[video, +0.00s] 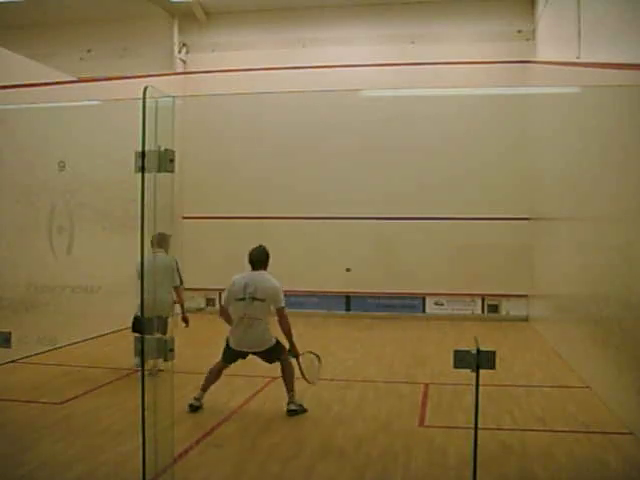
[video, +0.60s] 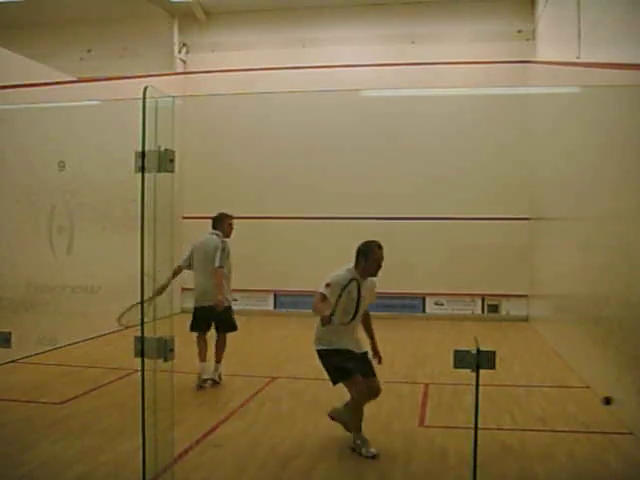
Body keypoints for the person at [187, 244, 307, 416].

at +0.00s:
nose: (268, 263)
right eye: (267, 260)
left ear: (250, 262)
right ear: (267, 262)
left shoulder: (236, 281)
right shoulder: (272, 285)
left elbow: (223, 311)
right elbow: (282, 317)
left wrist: (236, 326)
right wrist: (292, 344)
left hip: (236, 340)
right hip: (261, 341)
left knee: (221, 364)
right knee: (285, 358)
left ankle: (198, 398)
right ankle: (292, 401)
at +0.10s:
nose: (288, 255)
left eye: (286, 252)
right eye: (287, 252)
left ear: (269, 252)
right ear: (285, 253)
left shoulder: (255, 271)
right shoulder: (285, 275)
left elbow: (242, 299)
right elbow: (288, 308)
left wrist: (255, 315)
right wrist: (294, 337)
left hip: (253, 332)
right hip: (278, 333)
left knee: (243, 362)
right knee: (295, 360)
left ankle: (222, 399)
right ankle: (293, 402)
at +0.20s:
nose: (307, 251)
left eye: (307, 247)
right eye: (307, 247)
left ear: (288, 245)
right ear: (302, 247)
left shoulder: (273, 262)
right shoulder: (291, 266)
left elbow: (268, 295)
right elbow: (287, 301)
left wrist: (289, 319)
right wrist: (293, 328)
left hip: (263, 327)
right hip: (279, 329)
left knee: (279, 360)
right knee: (302, 361)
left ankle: (260, 400)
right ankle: (301, 402)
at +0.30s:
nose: (326, 256)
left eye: (326, 251)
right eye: (323, 251)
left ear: (310, 253)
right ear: (312, 253)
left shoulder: (302, 270)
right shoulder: (299, 271)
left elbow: (296, 307)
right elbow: (288, 303)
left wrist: (310, 326)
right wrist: (294, 327)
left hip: (282, 332)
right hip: (291, 331)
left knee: (298, 371)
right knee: (326, 365)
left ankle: (270, 411)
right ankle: (321, 414)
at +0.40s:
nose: (344, 259)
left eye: (343, 255)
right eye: (341, 255)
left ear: (329, 257)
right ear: (329, 256)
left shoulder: (321, 275)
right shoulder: (309, 275)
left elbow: (316, 308)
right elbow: (291, 303)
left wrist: (326, 331)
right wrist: (295, 322)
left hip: (308, 338)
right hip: (303, 340)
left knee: (305, 379)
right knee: (342, 373)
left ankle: (271, 413)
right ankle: (347, 428)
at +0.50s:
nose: (362, 263)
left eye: (362, 258)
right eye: (359, 258)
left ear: (348, 258)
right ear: (344, 257)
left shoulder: (343, 280)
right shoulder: (324, 279)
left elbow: (340, 313)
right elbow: (304, 310)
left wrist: (349, 338)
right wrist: (307, 314)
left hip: (331, 341)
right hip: (317, 343)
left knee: (335, 388)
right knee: (349, 383)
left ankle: (294, 402)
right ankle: (356, 438)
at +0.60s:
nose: (381, 265)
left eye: (381, 261)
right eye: (377, 261)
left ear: (370, 261)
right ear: (362, 260)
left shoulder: (370, 284)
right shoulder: (340, 279)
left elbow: (364, 313)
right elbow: (318, 302)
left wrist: (373, 345)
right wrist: (325, 312)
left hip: (351, 341)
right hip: (329, 343)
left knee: (373, 389)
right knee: (358, 388)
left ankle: (344, 413)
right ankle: (358, 438)